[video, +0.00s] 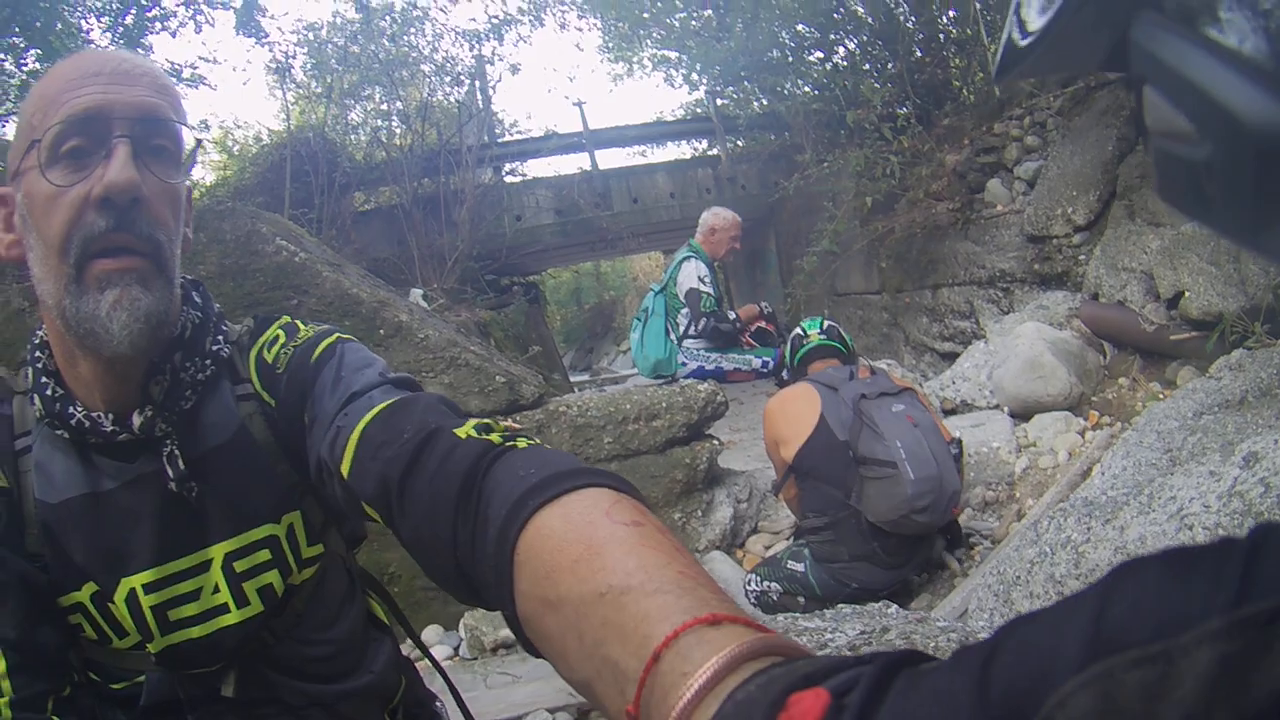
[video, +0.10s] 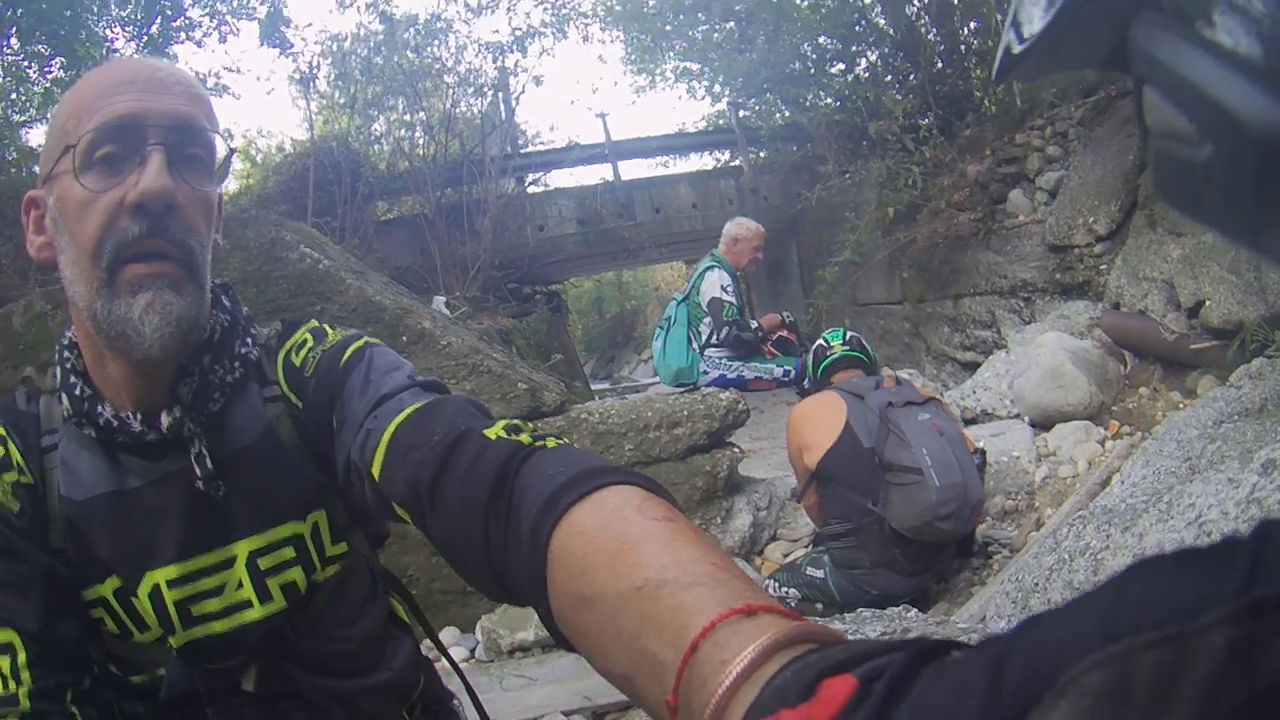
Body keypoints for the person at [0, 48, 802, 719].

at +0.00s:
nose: (125, 180)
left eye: (156, 153)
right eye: (77, 151)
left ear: (185, 209)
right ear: (12, 222)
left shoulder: (276, 366)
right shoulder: (17, 454)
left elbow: (487, 491)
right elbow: (32, 697)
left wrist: (745, 692)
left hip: (376, 706)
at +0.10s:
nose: (158, 186)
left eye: (189, 159)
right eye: (112, 158)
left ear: (217, 212)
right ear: (40, 226)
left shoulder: (305, 371)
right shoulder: (24, 455)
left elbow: (516, 494)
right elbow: (33, 696)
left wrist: (793, 684)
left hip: (387, 700)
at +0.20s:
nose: (150, 181)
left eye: (181, 151)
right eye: (103, 153)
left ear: (211, 207)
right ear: (35, 222)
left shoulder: (296, 364)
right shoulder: (25, 457)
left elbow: (514, 489)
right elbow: (35, 699)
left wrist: (778, 686)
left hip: (387, 701)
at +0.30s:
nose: (141, 177)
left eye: (173, 147)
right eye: (95, 148)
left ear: (203, 203)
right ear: (28, 218)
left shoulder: (291, 357)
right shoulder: (24, 454)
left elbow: (502, 478)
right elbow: (38, 698)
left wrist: (775, 680)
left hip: (392, 697)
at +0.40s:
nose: (139, 170)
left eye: (171, 141)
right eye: (94, 142)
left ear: (201, 200)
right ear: (27, 213)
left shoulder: (292, 353)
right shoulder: (22, 447)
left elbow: (502, 470)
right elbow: (36, 692)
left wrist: (769, 670)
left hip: (388, 692)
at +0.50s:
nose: (136, 163)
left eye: (168, 134)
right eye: (90, 136)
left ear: (200, 194)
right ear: (25, 210)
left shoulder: (292, 350)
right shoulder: (22, 441)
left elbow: (512, 468)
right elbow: (39, 696)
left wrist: (774, 674)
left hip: (389, 703)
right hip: (174, 710)